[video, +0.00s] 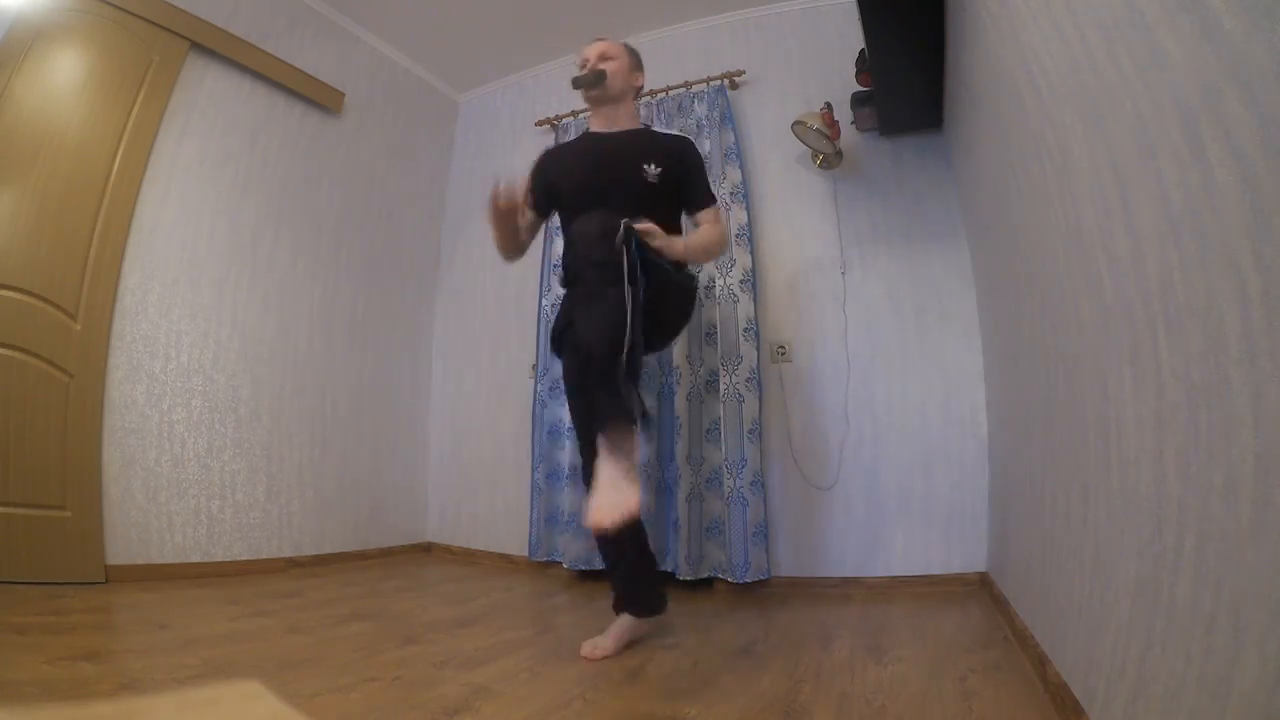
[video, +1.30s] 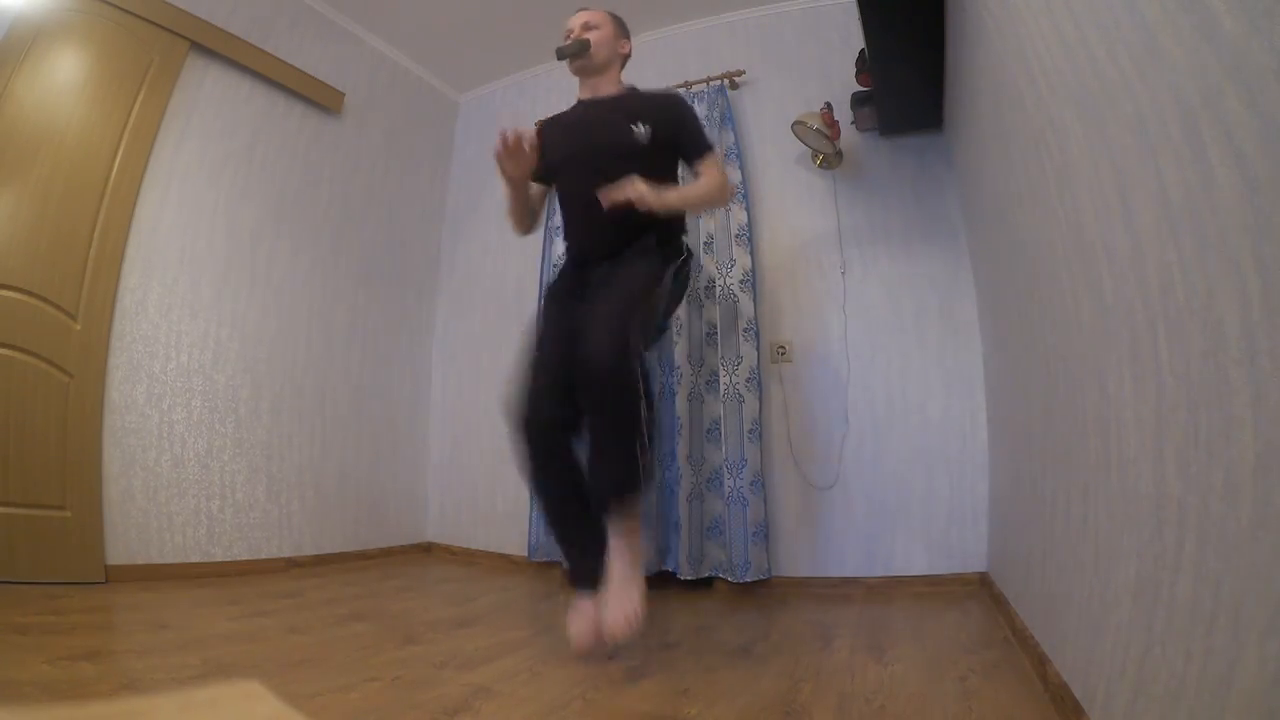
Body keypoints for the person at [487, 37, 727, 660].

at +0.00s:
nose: (592, 59)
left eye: (608, 54)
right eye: (585, 57)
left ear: (637, 82)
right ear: (578, 88)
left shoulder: (673, 150)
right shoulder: (555, 162)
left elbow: (715, 237)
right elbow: (513, 250)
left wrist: (674, 247)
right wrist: (504, 222)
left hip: (659, 306)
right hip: (586, 312)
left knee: (599, 230)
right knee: (600, 451)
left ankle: (616, 441)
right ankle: (639, 600)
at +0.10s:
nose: (585, 44)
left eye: (599, 35)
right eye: (578, 41)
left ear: (631, 55)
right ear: (572, 65)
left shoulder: (670, 119)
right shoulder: (560, 136)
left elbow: (723, 190)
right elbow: (528, 226)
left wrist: (673, 210)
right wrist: (523, 175)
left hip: (662, 267)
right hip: (591, 278)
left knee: (601, 304)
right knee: (580, 418)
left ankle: (616, 519)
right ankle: (604, 568)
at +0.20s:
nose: (580, 36)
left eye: (596, 29)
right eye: (576, 33)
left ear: (629, 52)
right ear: (572, 62)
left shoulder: (664, 107)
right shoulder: (568, 138)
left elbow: (732, 182)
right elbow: (568, 228)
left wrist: (658, 184)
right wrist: (540, 215)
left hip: (658, 280)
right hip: (593, 280)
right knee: (497, 354)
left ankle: (645, 612)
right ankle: (576, 495)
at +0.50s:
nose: (589, 37)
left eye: (603, 28)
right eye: (583, 34)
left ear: (636, 49)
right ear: (578, 60)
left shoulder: (672, 114)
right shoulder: (563, 130)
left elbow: (716, 196)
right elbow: (555, 211)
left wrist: (631, 168)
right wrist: (543, 228)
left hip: (652, 256)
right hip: (581, 270)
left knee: (613, 332)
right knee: (567, 430)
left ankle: (656, 522)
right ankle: (608, 598)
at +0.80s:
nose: (577, 31)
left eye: (593, 23)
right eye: (572, 28)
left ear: (626, 45)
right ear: (569, 56)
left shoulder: (661, 97)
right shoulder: (567, 132)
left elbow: (725, 175)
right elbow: (570, 221)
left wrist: (639, 159)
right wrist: (539, 212)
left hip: (655, 264)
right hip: (590, 271)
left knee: (634, 423)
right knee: (495, 363)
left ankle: (648, 602)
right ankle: (572, 513)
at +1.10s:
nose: (582, 36)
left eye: (597, 28)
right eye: (576, 33)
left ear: (630, 49)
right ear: (570, 60)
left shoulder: (667, 116)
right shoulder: (554, 131)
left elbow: (707, 198)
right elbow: (543, 207)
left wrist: (626, 179)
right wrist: (534, 228)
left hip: (646, 258)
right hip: (574, 272)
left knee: (609, 317)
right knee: (572, 435)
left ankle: (639, 525)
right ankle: (604, 600)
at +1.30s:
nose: (575, 35)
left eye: (590, 26)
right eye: (570, 31)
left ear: (624, 46)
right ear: (565, 56)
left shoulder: (663, 109)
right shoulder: (553, 131)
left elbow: (718, 184)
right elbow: (525, 222)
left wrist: (660, 197)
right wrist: (517, 180)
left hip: (649, 262)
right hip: (580, 275)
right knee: (541, 413)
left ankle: (622, 532)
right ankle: (587, 577)